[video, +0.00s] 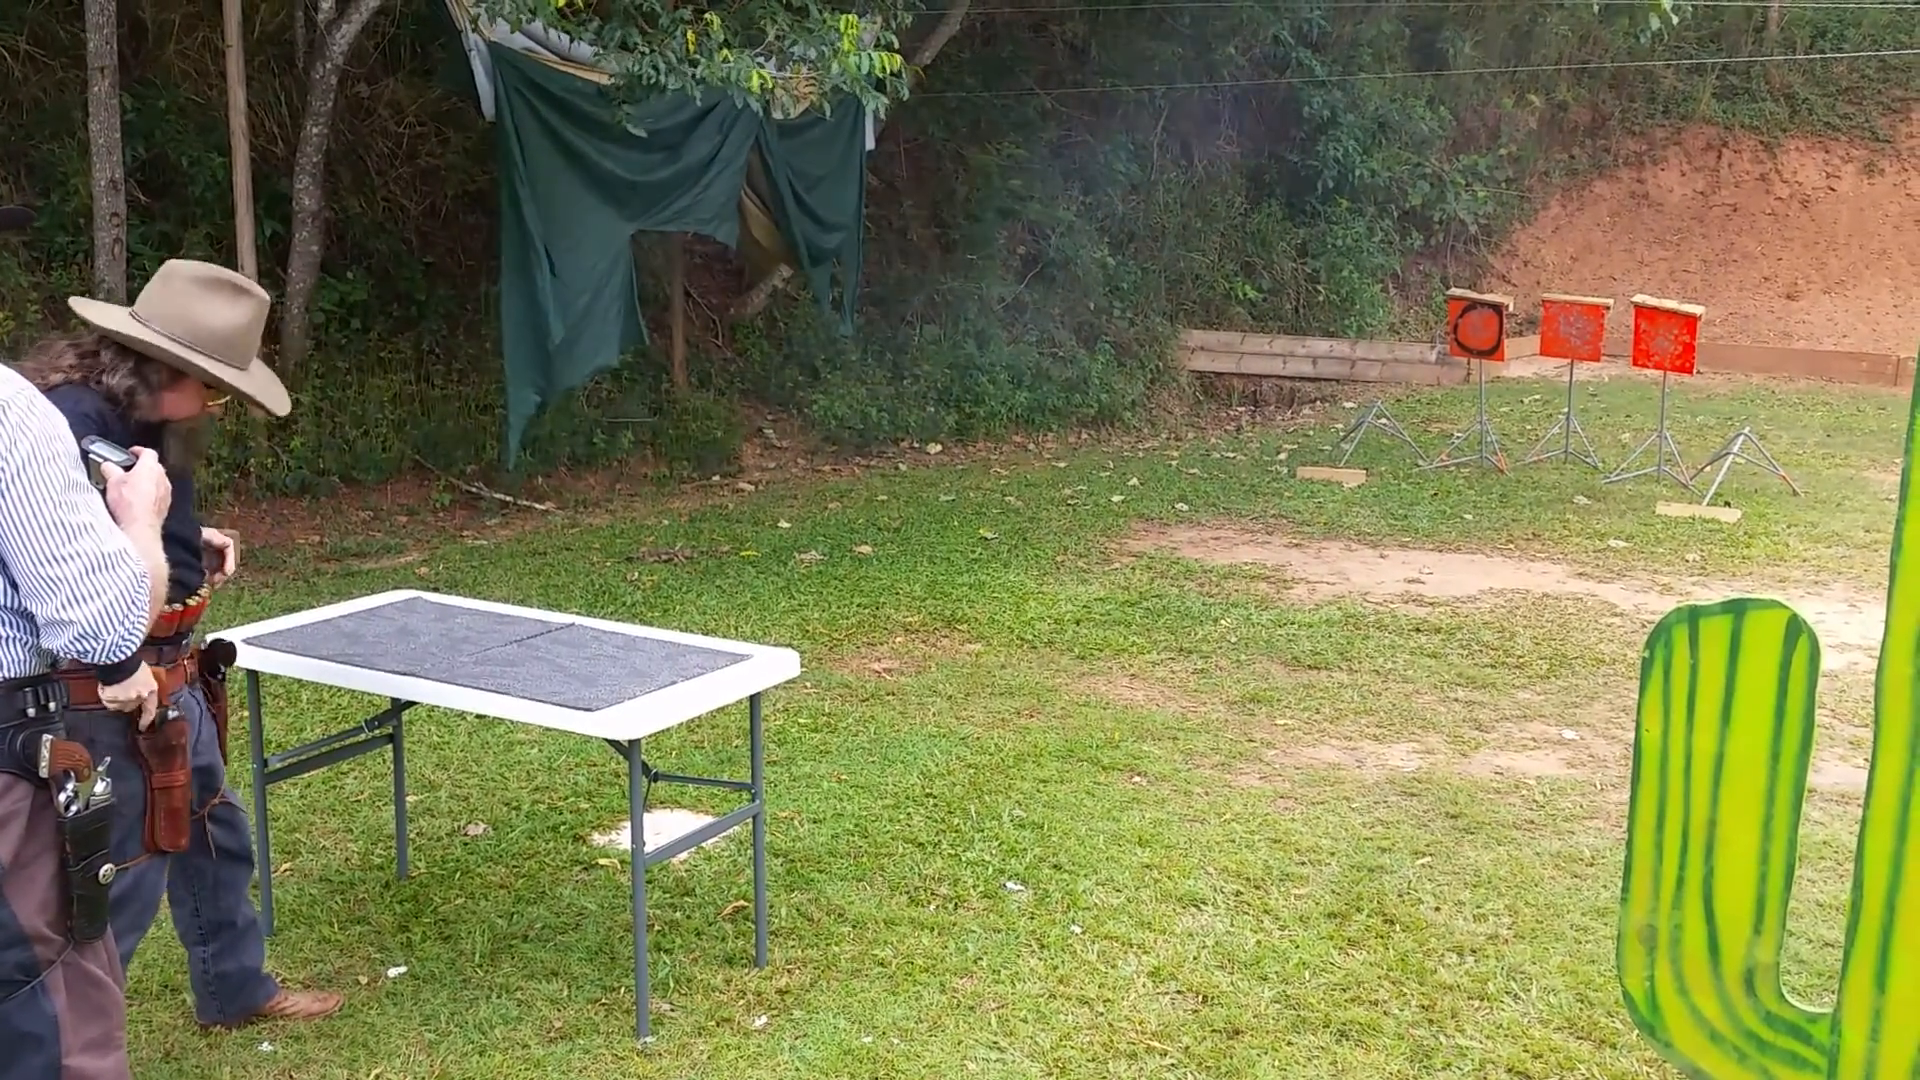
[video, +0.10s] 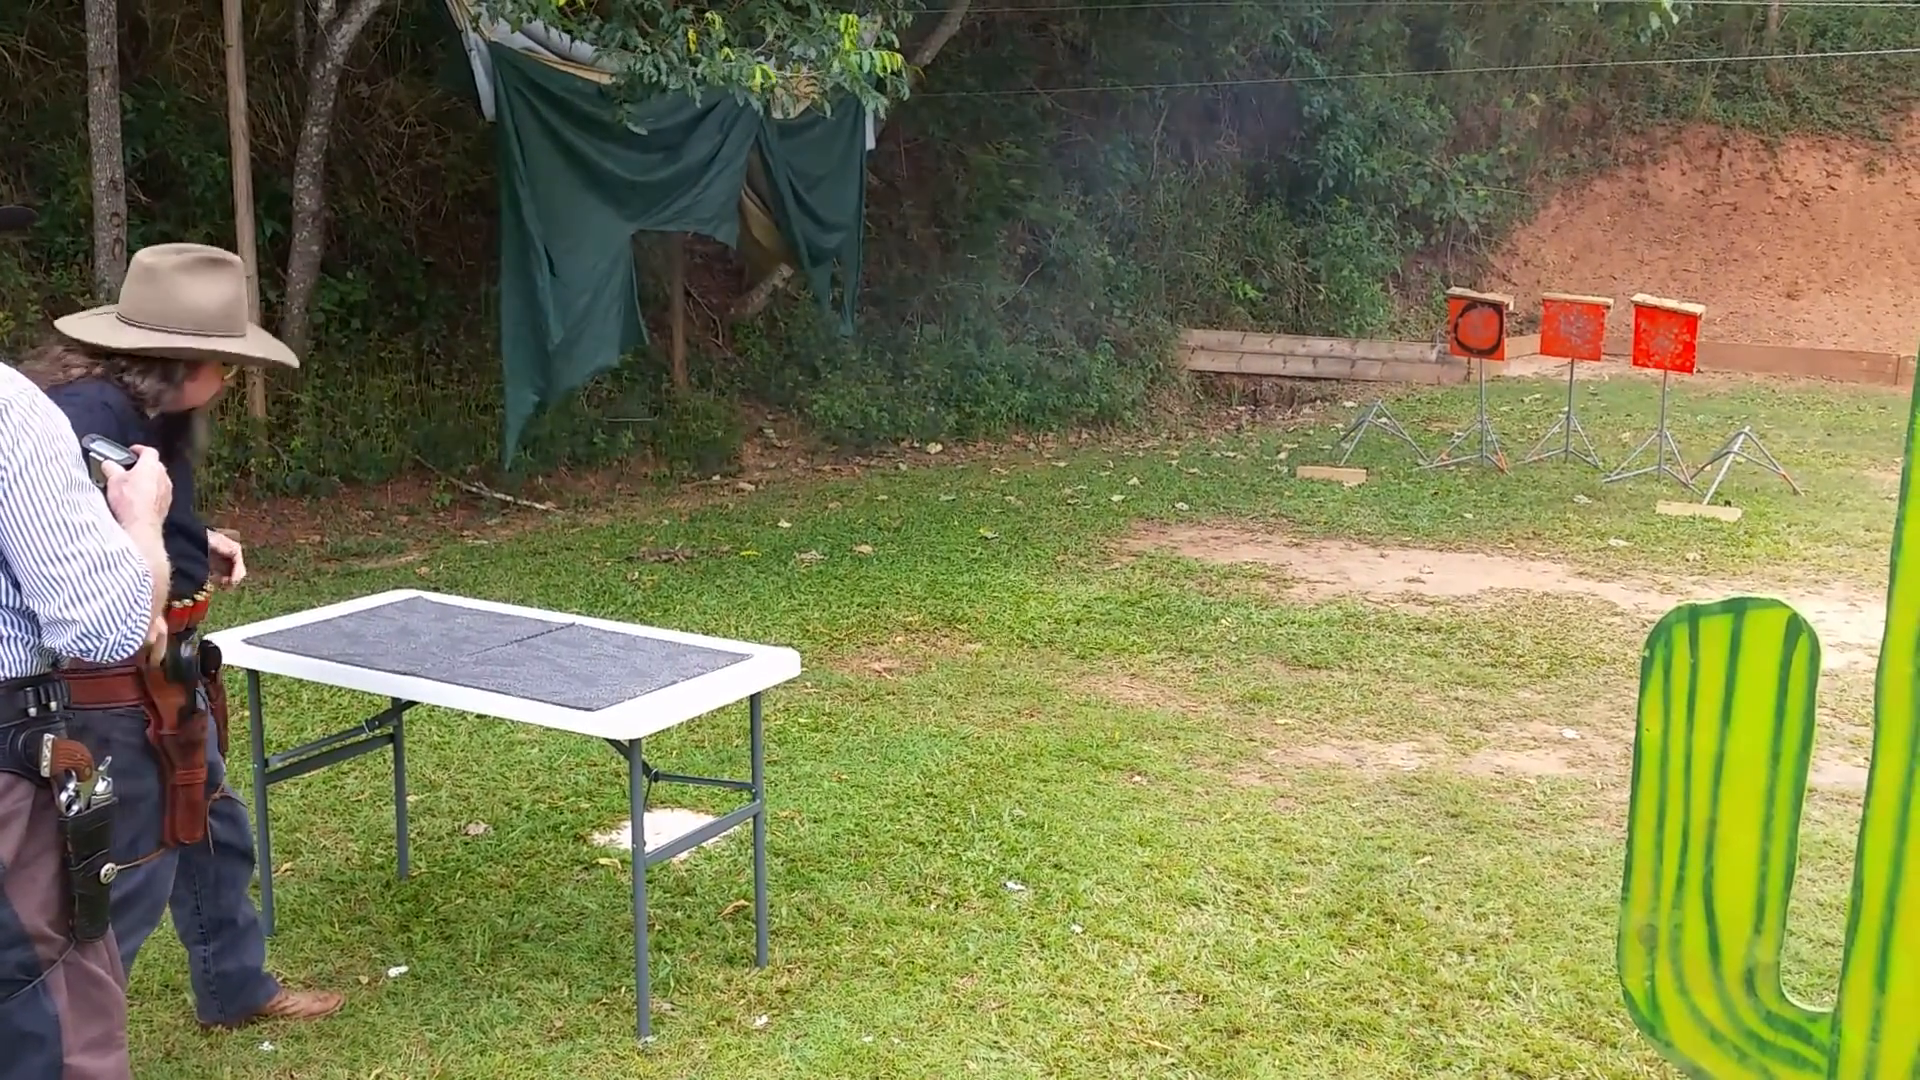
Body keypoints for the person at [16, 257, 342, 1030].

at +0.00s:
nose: (213, 408)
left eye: (219, 395)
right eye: (211, 391)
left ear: (167, 368)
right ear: (169, 372)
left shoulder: (144, 429)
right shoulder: (75, 429)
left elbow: (133, 520)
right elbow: (75, 565)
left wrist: (187, 539)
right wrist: (126, 671)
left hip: (164, 666)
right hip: (93, 686)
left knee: (210, 828)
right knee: (124, 870)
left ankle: (234, 990)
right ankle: (66, 1023)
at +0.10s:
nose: (226, 379)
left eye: (228, 365)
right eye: (221, 364)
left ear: (167, 354)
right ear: (178, 360)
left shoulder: (158, 420)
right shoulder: (90, 421)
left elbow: (145, 513)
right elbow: (79, 541)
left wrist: (197, 539)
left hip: (165, 661)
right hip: (98, 679)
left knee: (212, 823)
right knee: (132, 867)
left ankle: (235, 988)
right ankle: (66, 1025)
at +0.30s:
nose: (224, 358)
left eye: (225, 344)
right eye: (217, 344)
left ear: (148, 338)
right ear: (177, 347)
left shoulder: (134, 404)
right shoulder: (122, 407)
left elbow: (169, 509)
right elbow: (160, 518)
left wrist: (238, 508)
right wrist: (240, 522)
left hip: (168, 667)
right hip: (120, 678)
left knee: (213, 836)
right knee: (131, 879)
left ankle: (236, 993)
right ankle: (63, 1032)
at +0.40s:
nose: (224, 356)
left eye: (222, 341)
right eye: (218, 341)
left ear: (133, 341)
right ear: (185, 347)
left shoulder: (103, 411)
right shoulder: (155, 420)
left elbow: (205, 488)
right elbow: (255, 525)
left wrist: (275, 466)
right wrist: (313, 490)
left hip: (150, 668)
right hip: (128, 679)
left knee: (212, 830)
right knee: (130, 878)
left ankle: (237, 993)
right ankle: (70, 1034)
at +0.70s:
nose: (247, 355)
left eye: (245, 340)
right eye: (238, 340)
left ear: (159, 342)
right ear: (201, 347)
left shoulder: (106, 399)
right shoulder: (188, 412)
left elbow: (262, 412)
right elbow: (296, 428)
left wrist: (355, 383)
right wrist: (393, 395)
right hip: (141, 671)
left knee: (210, 830)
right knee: (136, 872)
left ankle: (239, 991)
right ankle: (70, 1032)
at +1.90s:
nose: (261, 345)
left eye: (257, 331)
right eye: (251, 332)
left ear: (175, 335)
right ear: (214, 337)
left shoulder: (124, 390)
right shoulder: (200, 405)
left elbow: (275, 400)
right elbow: (320, 425)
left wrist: (374, 370)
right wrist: (405, 394)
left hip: (112, 656)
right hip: (144, 667)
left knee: (218, 826)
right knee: (135, 870)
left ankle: (240, 992)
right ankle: (67, 1031)